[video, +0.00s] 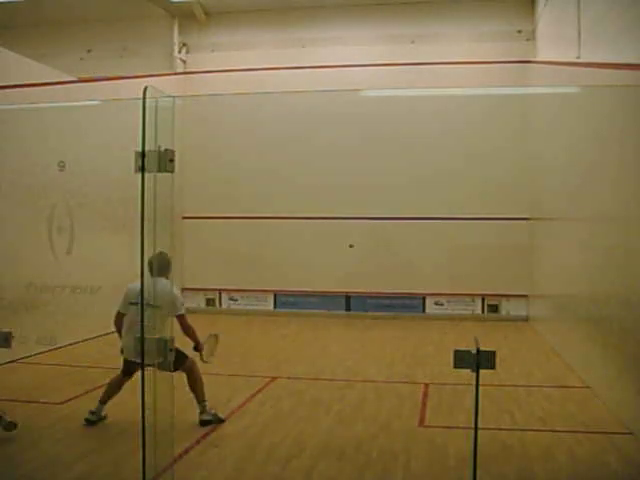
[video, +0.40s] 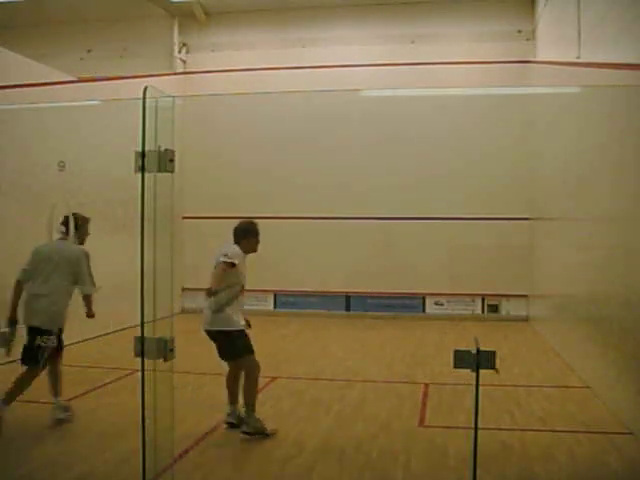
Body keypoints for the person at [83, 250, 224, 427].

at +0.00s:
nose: (168, 270)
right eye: (168, 267)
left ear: (149, 268)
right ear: (168, 270)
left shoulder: (133, 288)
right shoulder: (170, 292)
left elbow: (118, 320)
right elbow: (184, 325)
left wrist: (126, 340)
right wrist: (197, 342)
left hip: (132, 348)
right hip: (158, 350)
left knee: (123, 375)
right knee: (190, 366)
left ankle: (97, 410)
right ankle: (204, 411)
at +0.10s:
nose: (190, 263)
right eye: (190, 260)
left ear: (173, 261)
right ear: (190, 261)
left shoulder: (161, 280)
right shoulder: (190, 284)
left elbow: (142, 311)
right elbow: (198, 319)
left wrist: (154, 328)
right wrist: (212, 348)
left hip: (153, 341)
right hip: (177, 343)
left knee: (136, 373)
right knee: (208, 361)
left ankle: (103, 407)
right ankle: (208, 410)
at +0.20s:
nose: (215, 246)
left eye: (214, 242)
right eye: (214, 243)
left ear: (194, 244)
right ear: (211, 244)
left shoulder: (182, 262)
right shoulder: (207, 265)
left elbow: (170, 295)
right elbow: (206, 300)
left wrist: (189, 306)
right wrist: (215, 332)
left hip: (177, 329)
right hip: (198, 330)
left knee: (166, 367)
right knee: (216, 364)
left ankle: (142, 407)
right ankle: (210, 410)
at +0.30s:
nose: (236, 239)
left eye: (236, 235)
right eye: (235, 235)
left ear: (216, 234)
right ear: (229, 235)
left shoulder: (203, 252)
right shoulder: (221, 251)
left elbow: (192, 286)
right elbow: (213, 282)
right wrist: (215, 312)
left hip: (192, 317)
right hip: (211, 317)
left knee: (205, 361)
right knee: (227, 362)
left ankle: (194, 408)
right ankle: (226, 408)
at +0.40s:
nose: (258, 245)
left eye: (258, 240)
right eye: (256, 240)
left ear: (242, 238)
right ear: (247, 239)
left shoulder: (235, 256)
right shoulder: (233, 253)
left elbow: (229, 295)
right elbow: (220, 270)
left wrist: (240, 317)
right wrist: (214, 287)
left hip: (221, 323)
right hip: (226, 324)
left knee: (235, 367)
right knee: (252, 367)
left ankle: (233, 413)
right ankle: (250, 418)